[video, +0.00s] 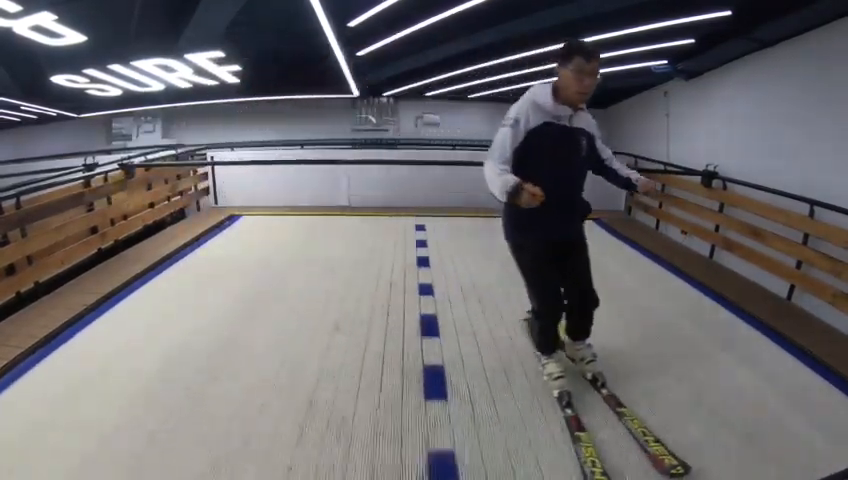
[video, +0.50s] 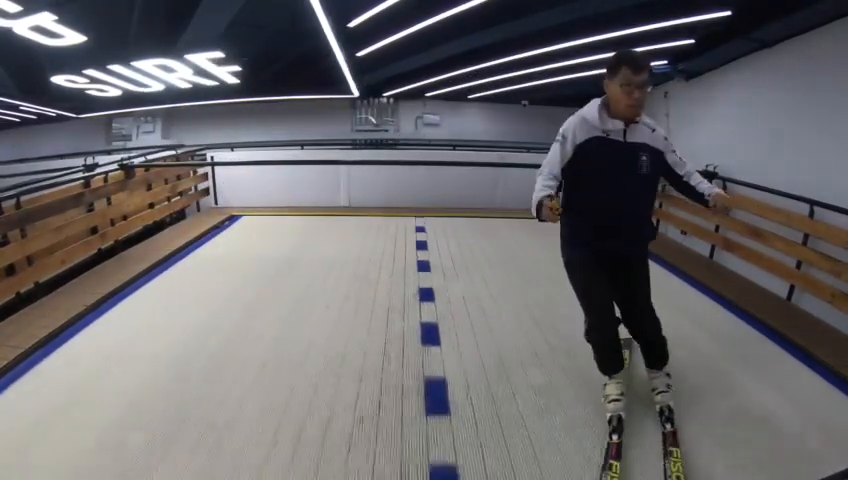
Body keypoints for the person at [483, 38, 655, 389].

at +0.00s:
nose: (587, 83)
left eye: (593, 76)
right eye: (580, 74)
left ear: (598, 79)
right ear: (560, 71)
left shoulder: (584, 121)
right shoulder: (527, 110)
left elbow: (602, 161)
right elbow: (495, 164)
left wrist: (636, 181)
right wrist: (512, 188)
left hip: (567, 218)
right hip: (527, 219)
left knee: (583, 294)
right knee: (547, 298)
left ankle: (576, 342)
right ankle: (548, 353)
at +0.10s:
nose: (609, 89)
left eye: (614, 82)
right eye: (602, 80)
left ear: (618, 85)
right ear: (579, 77)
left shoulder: (606, 125)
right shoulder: (549, 115)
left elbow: (628, 163)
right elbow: (518, 170)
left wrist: (657, 183)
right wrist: (537, 196)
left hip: (591, 225)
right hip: (552, 227)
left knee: (605, 296)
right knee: (571, 299)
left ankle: (605, 346)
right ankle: (578, 358)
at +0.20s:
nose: (625, 93)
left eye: (630, 85)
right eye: (617, 84)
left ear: (633, 86)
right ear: (595, 80)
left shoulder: (625, 128)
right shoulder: (566, 120)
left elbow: (648, 167)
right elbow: (536, 175)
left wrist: (680, 187)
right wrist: (552, 201)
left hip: (610, 231)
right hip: (569, 233)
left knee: (624, 301)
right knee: (589, 305)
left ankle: (627, 349)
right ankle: (598, 363)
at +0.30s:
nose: (634, 95)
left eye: (639, 87)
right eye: (626, 87)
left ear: (644, 89)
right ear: (604, 84)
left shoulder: (641, 132)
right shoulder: (576, 123)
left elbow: (665, 172)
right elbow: (546, 175)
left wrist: (697, 190)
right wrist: (557, 204)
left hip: (622, 234)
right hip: (580, 235)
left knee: (637, 305)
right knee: (599, 308)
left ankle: (644, 357)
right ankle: (609, 368)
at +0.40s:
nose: (638, 96)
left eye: (644, 88)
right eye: (630, 88)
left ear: (649, 89)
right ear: (608, 85)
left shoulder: (650, 133)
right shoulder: (580, 125)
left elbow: (675, 172)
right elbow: (550, 175)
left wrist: (707, 190)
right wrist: (553, 202)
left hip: (629, 237)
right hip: (584, 237)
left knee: (640, 307)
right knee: (601, 313)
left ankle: (655, 365)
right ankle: (613, 374)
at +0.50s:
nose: (637, 96)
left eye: (643, 88)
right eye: (629, 88)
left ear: (648, 89)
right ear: (607, 85)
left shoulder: (653, 136)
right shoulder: (578, 127)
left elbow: (680, 173)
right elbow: (548, 174)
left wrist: (710, 193)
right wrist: (543, 201)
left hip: (630, 241)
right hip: (583, 241)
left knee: (639, 311)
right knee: (599, 317)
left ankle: (658, 371)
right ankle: (612, 377)